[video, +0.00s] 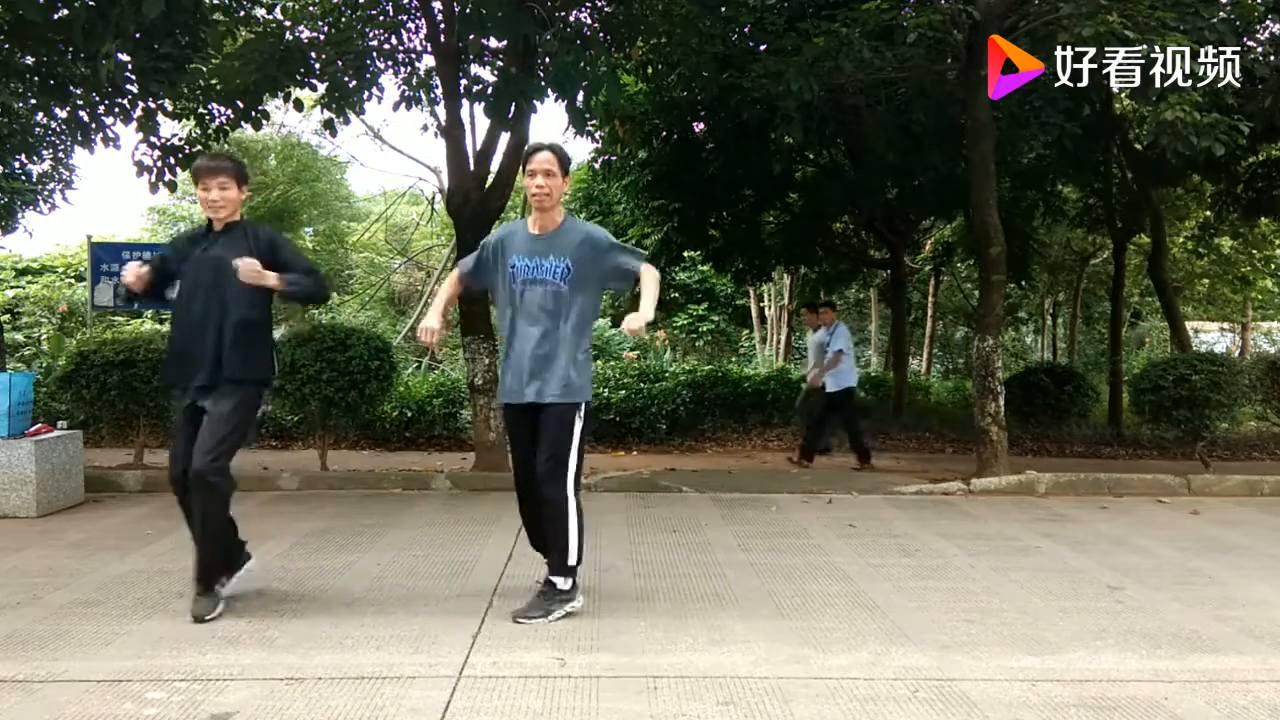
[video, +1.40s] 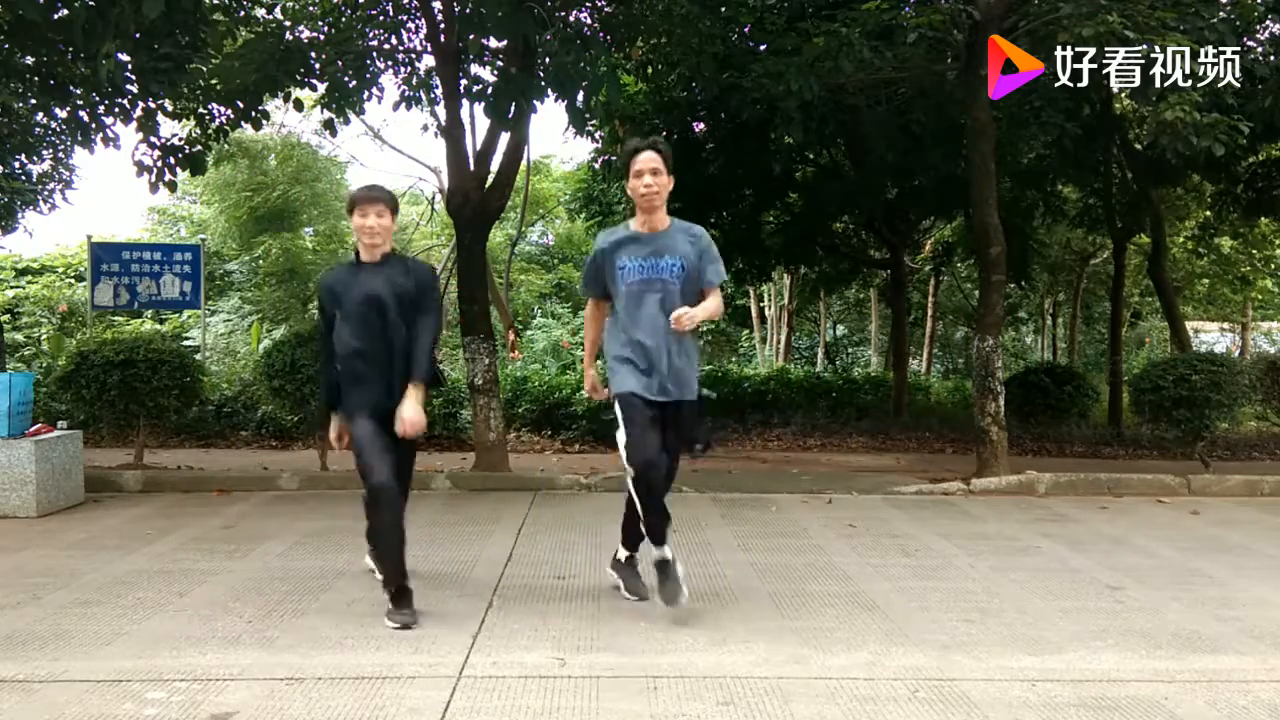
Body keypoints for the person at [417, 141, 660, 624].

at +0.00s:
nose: (539, 182)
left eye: (549, 174)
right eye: (532, 174)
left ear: (565, 183)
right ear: (523, 181)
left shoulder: (587, 238)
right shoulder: (503, 239)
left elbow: (647, 270)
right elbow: (458, 276)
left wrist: (645, 311)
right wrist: (435, 311)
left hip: (566, 379)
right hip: (518, 380)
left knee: (553, 481)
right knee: (527, 484)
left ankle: (562, 587)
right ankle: (557, 569)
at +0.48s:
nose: (553, 177)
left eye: (562, 169)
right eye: (545, 169)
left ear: (578, 176)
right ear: (536, 176)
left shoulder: (601, 233)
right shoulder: (517, 236)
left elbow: (617, 296)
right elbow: (491, 293)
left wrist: (624, 353)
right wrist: (496, 314)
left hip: (583, 357)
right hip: (534, 363)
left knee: (546, 418)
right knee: (538, 459)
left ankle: (546, 517)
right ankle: (563, 558)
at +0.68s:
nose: (573, 183)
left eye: (582, 175)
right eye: (565, 175)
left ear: (596, 184)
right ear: (554, 183)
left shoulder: (615, 241)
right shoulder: (532, 241)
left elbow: (626, 304)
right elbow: (500, 301)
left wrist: (636, 365)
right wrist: (516, 302)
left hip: (596, 361)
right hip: (546, 369)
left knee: (583, 415)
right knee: (546, 472)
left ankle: (597, 493)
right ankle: (552, 561)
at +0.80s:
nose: (592, 183)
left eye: (600, 174)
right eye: (583, 175)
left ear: (614, 183)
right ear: (572, 183)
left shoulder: (631, 242)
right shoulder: (546, 240)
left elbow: (638, 302)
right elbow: (528, 298)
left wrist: (645, 359)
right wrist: (538, 322)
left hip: (610, 380)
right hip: (555, 381)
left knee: (612, 465)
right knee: (548, 473)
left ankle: (619, 558)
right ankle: (547, 554)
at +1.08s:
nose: (616, 175)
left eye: (625, 167)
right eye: (608, 167)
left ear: (638, 176)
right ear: (597, 176)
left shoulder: (661, 233)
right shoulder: (576, 237)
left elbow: (674, 301)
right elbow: (570, 303)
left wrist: (678, 357)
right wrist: (563, 366)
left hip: (646, 373)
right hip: (589, 370)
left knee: (639, 480)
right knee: (576, 460)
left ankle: (630, 573)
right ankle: (574, 513)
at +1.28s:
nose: (635, 187)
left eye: (643, 179)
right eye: (626, 180)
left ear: (658, 188)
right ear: (616, 190)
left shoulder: (681, 245)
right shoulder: (596, 248)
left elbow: (700, 304)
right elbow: (587, 313)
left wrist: (691, 326)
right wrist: (585, 369)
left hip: (664, 375)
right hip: (611, 366)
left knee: (651, 481)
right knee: (629, 423)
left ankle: (633, 570)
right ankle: (624, 503)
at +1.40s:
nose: (647, 182)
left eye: (655, 174)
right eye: (638, 175)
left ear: (669, 182)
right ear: (628, 186)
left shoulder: (695, 239)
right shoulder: (609, 244)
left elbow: (716, 300)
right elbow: (597, 307)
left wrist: (696, 314)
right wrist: (588, 364)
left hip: (679, 374)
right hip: (628, 370)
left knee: (662, 472)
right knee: (646, 463)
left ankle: (625, 556)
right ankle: (662, 554)